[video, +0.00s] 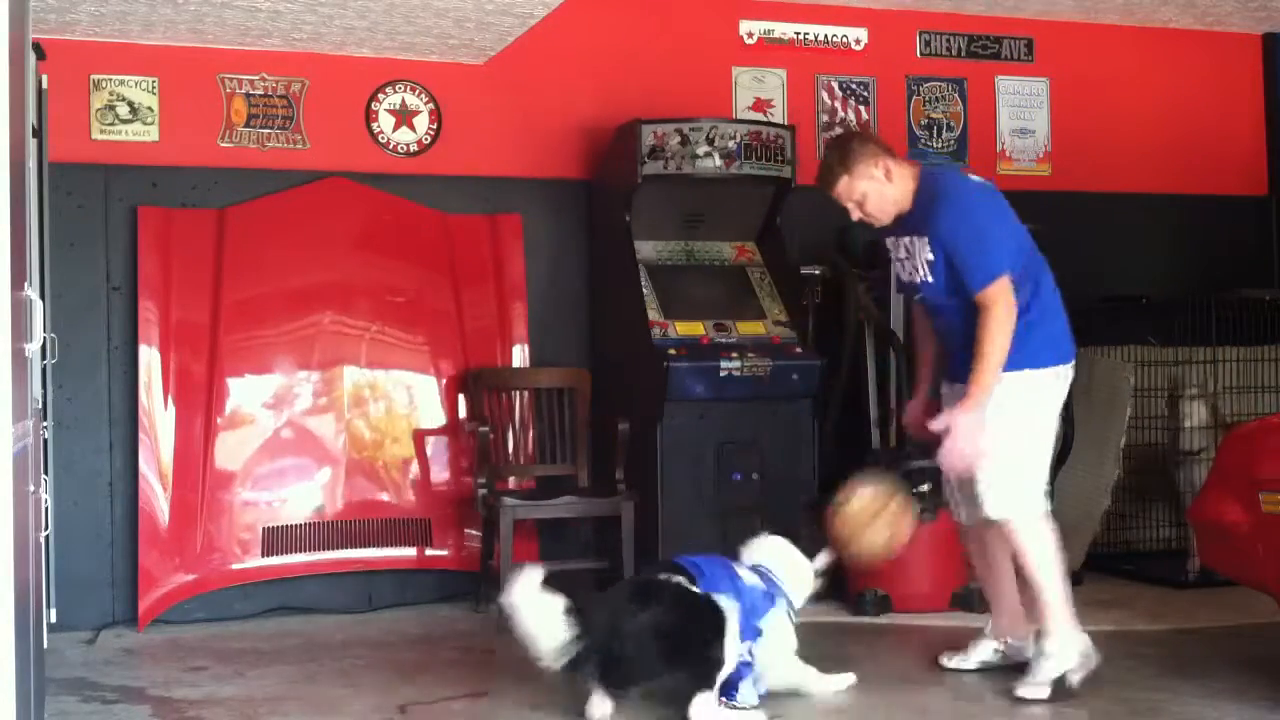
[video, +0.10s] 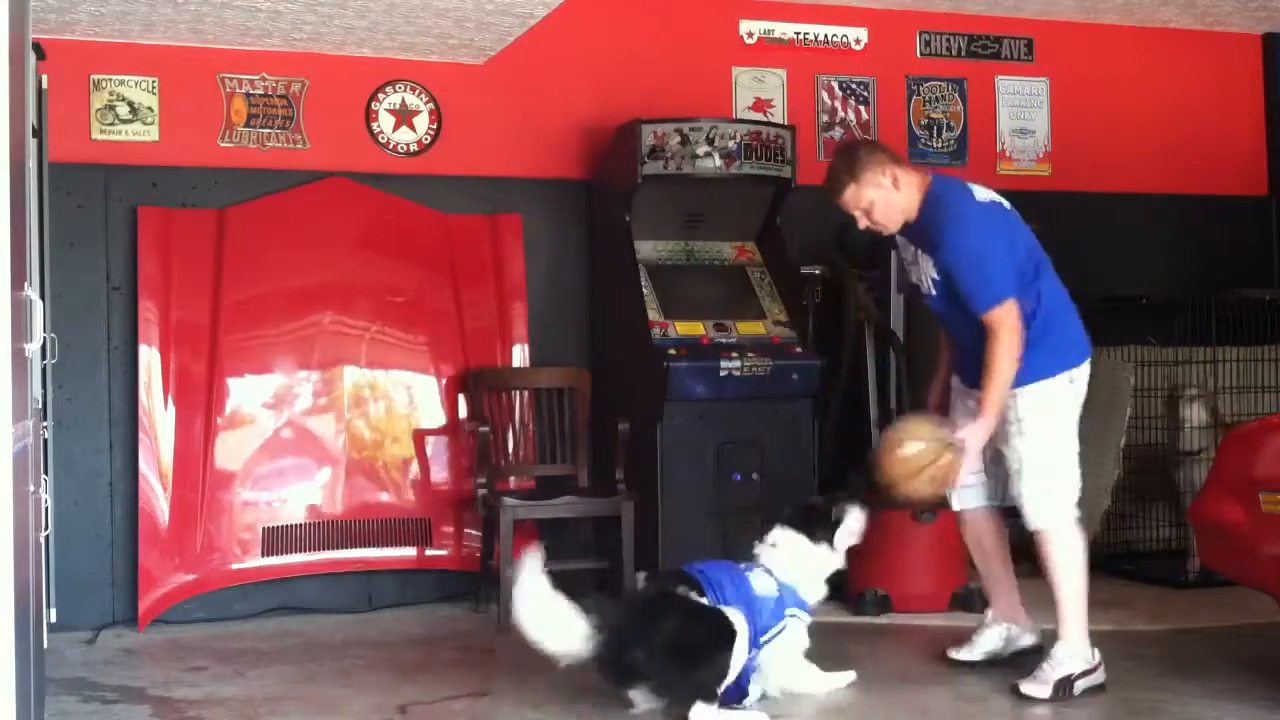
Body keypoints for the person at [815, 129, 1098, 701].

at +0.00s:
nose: (857, 216)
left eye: (857, 201)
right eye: (849, 208)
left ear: (883, 169)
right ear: (878, 175)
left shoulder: (957, 202)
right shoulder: (902, 219)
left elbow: (1000, 305)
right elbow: (928, 310)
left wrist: (973, 406)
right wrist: (924, 391)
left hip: (1028, 360)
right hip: (974, 365)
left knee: (1011, 494)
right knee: (970, 497)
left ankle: (1066, 640)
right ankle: (1010, 632)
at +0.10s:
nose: (865, 224)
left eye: (865, 209)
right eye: (856, 217)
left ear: (892, 177)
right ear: (890, 181)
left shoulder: (960, 224)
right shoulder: (918, 221)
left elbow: (1007, 328)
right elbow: (955, 322)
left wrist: (986, 420)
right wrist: (938, 396)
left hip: (1042, 365)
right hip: (984, 368)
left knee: (1047, 507)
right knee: (967, 491)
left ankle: (1077, 649)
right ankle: (1009, 620)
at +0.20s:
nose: (871, 231)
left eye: (872, 217)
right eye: (863, 224)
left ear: (901, 186)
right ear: (895, 192)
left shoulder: (979, 230)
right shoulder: (911, 234)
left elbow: (1034, 321)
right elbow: (962, 316)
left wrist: (1013, 400)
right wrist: (954, 387)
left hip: (1052, 366)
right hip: (985, 370)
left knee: (1065, 504)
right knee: (971, 489)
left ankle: (1079, 648)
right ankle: (1013, 617)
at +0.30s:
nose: (879, 231)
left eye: (881, 216)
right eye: (870, 223)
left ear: (910, 187)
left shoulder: (987, 226)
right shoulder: (909, 238)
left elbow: (1041, 313)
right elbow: (957, 310)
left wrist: (1012, 375)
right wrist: (933, 367)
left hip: (1048, 375)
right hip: (981, 380)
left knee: (1060, 510)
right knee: (983, 506)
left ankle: (1078, 650)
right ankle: (1015, 622)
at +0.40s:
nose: (883, 228)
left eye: (887, 213)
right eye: (875, 220)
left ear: (919, 185)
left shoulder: (986, 223)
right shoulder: (911, 242)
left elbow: (1018, 310)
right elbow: (924, 321)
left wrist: (949, 347)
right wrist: (912, 391)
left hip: (1042, 369)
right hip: (979, 378)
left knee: (1046, 502)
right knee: (983, 503)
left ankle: (1077, 644)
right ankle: (1015, 621)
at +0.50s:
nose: (886, 226)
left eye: (890, 211)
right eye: (877, 218)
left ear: (920, 185)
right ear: (876, 213)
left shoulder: (978, 224)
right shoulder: (910, 254)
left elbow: (964, 308)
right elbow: (905, 342)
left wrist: (882, 339)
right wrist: (855, 392)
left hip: (1055, 367)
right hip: (994, 374)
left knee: (1047, 500)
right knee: (988, 499)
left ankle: (1074, 644)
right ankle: (1016, 622)